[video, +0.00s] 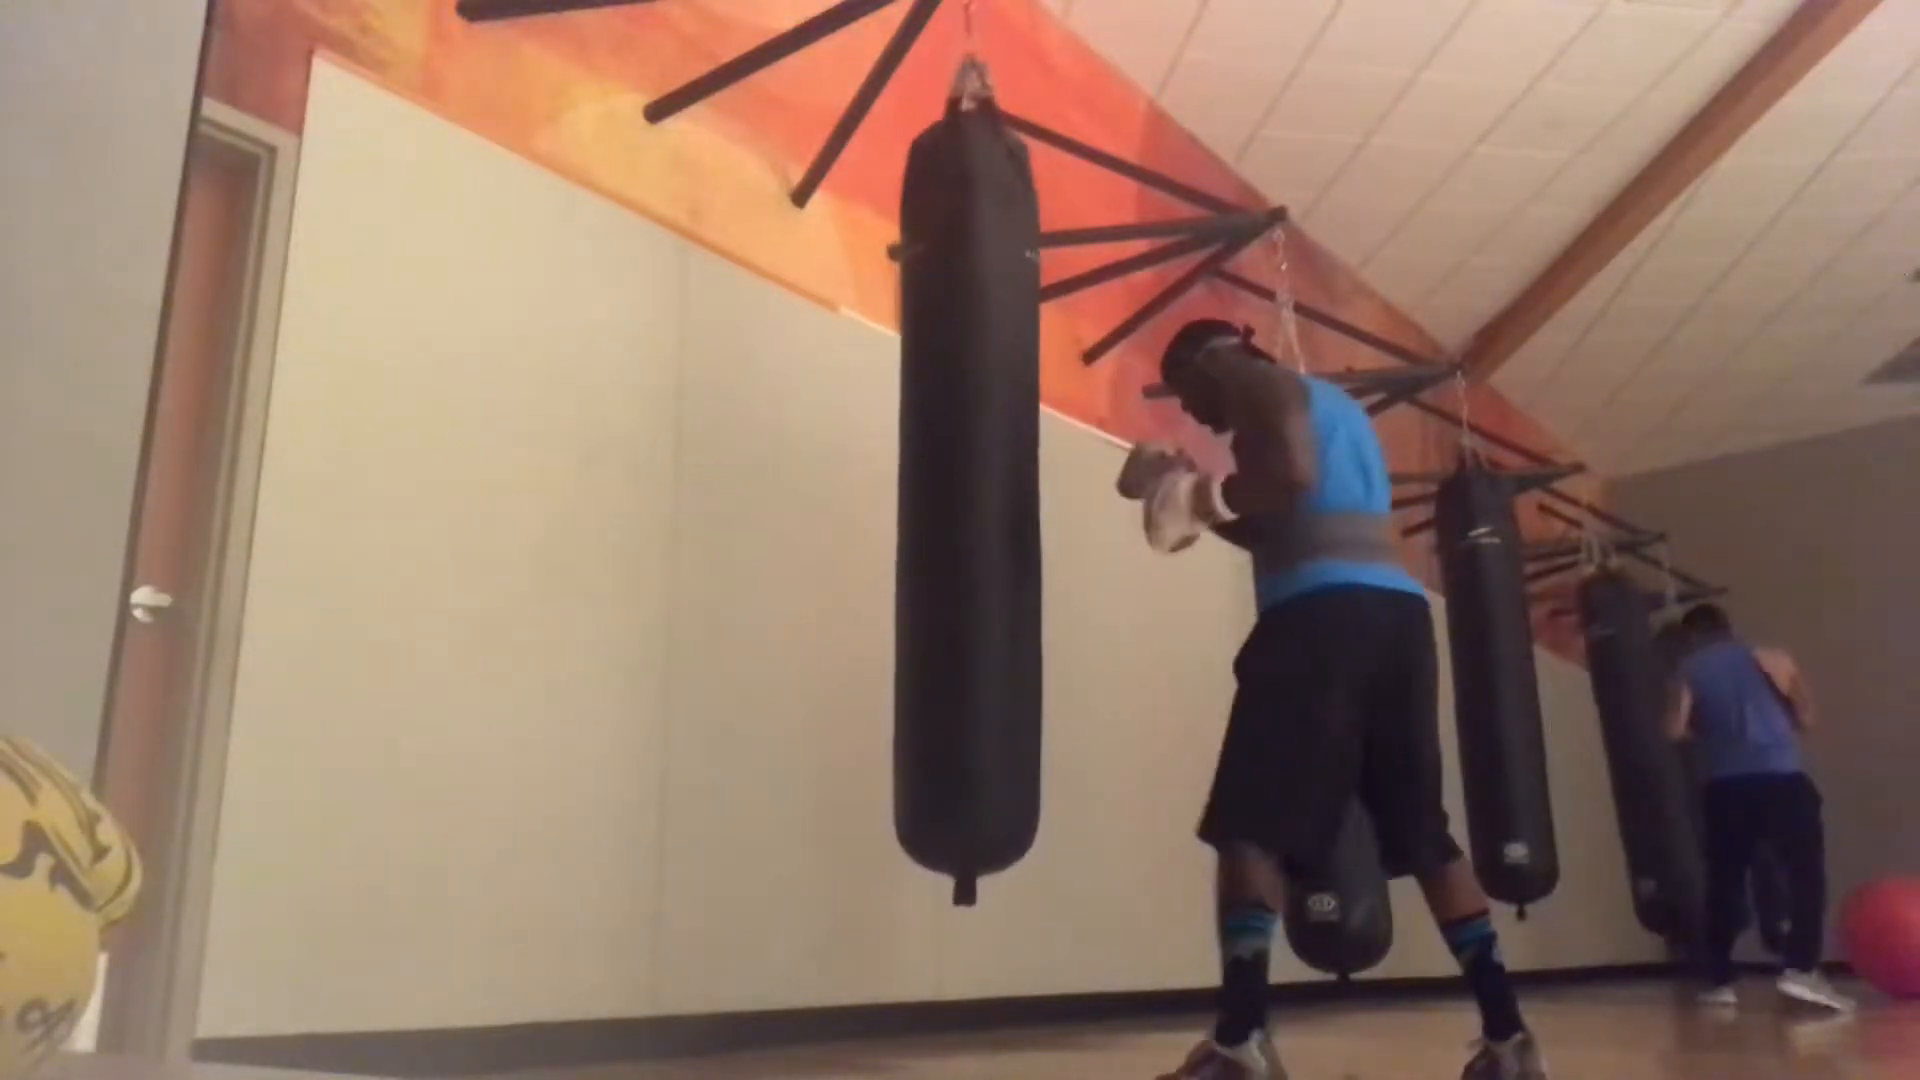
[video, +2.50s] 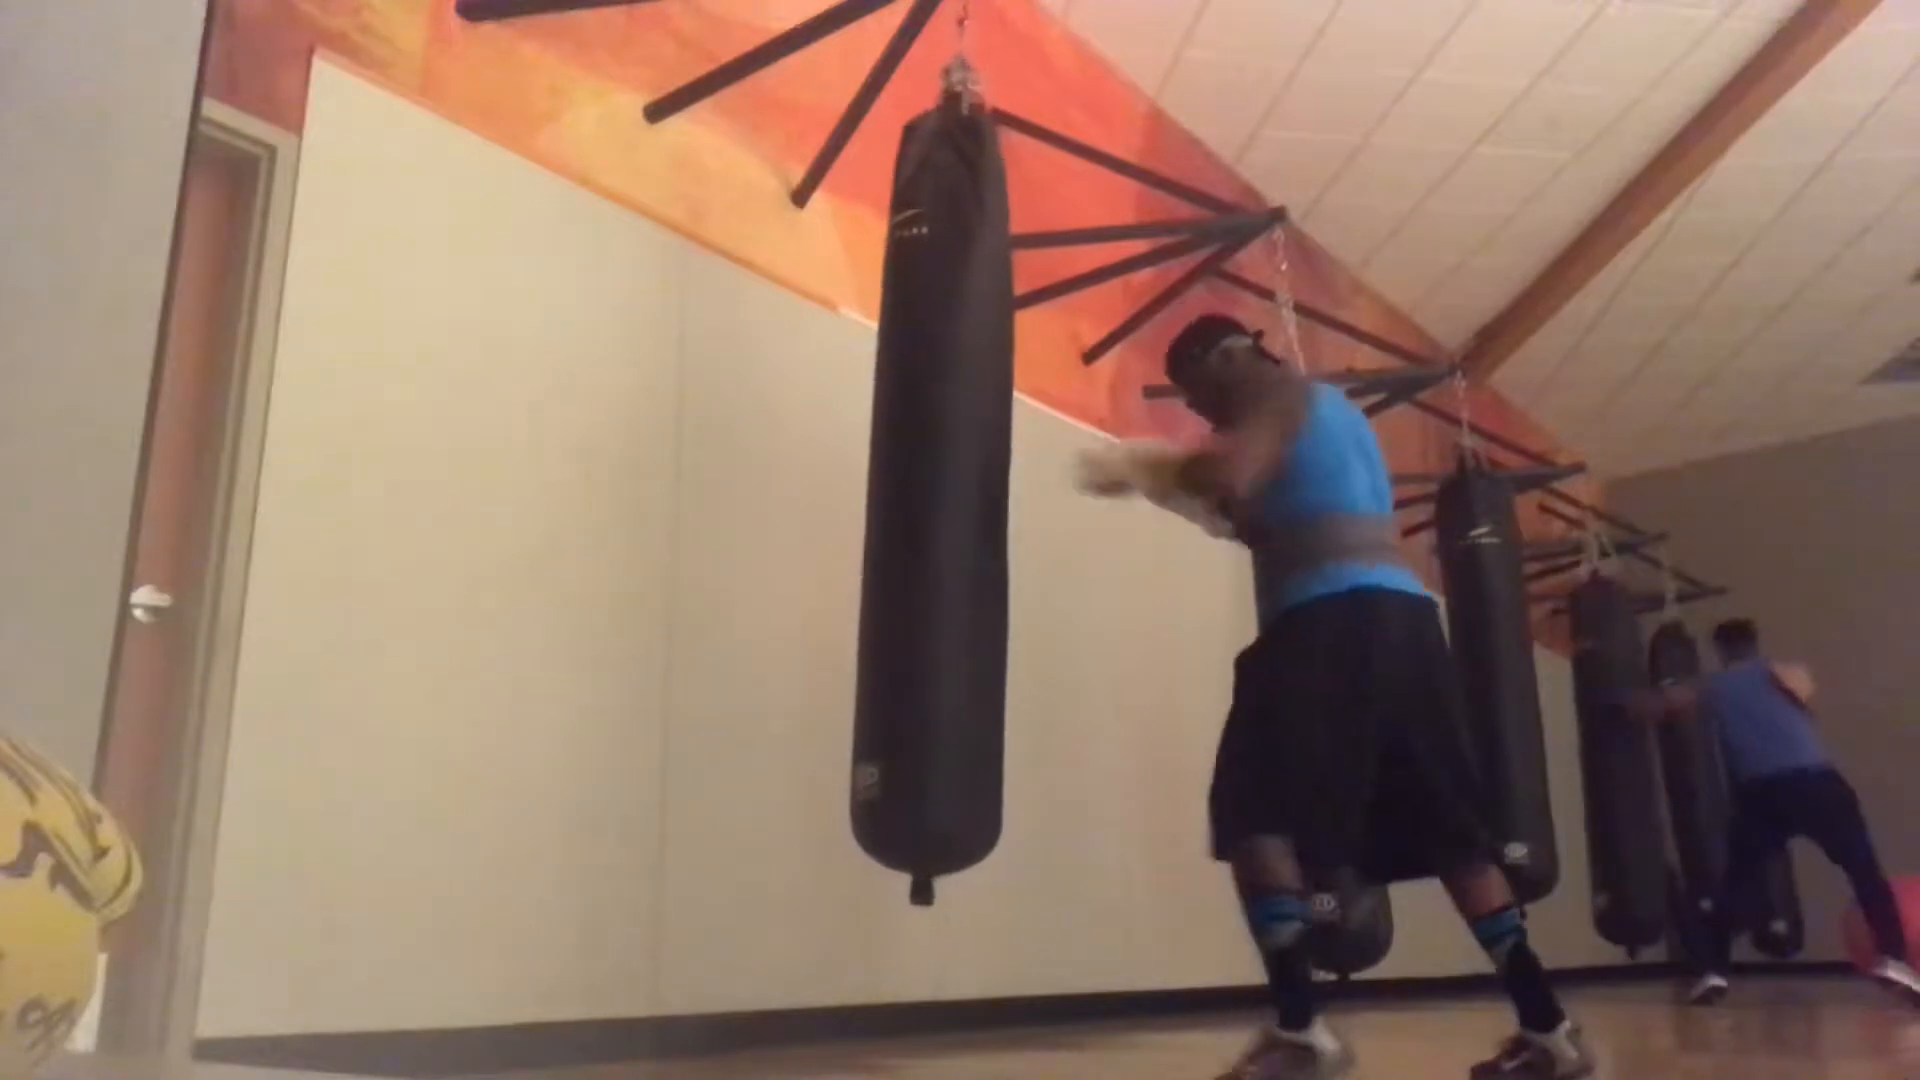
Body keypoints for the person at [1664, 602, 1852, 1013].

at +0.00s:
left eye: (1689, 639)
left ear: (1690, 638)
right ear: (1728, 627)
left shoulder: (1690, 672)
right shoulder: (1772, 659)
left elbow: (1675, 730)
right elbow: (1806, 717)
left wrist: (1705, 726)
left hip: (1728, 791)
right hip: (1786, 786)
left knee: (1724, 884)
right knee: (1807, 877)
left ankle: (1719, 981)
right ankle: (1801, 971)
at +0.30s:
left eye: (1674, 654)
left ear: (1676, 653)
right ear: (1712, 641)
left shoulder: (1684, 683)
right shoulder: (1756, 660)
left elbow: (1678, 744)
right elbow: (1797, 716)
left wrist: (1714, 733)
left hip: (1736, 792)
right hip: (1796, 783)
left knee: (1726, 885)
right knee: (1840, 868)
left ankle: (1721, 982)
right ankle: (1859, 955)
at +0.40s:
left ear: (1702, 649)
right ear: (1738, 640)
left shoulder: (1699, 676)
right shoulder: (1775, 663)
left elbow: (1686, 739)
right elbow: (1813, 718)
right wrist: (1801, 738)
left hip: (1743, 795)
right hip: (1804, 786)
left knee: (1729, 887)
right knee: (1859, 877)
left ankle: (1720, 983)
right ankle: (1904, 968)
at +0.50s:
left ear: (1728, 648)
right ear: (1766, 643)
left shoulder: (1720, 681)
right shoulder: (1793, 668)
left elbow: (1699, 738)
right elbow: (1824, 703)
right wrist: (1826, 742)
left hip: (1761, 797)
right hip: (1820, 790)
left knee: (1736, 884)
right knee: (1872, 877)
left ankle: (1720, 979)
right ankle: (1916, 963)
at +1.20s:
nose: (1698, 671)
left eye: (1697, 665)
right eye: (1698, 664)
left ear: (1704, 663)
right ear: (1731, 654)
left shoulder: (1718, 692)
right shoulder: (1780, 679)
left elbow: (1706, 751)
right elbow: (1808, 715)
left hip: (1761, 804)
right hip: (1816, 797)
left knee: (1732, 888)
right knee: (1855, 881)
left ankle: (1719, 979)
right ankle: (1903, 955)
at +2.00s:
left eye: (1721, 650)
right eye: (1734, 645)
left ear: (1715, 652)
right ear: (1749, 643)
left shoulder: (1714, 690)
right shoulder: (1776, 668)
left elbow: (1671, 723)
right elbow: (1807, 695)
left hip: (1762, 794)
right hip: (1815, 785)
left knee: (1735, 878)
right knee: (1863, 873)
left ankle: (1712, 968)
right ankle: (1906, 960)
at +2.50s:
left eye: (1727, 649)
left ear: (1720, 651)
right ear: (1755, 645)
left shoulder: (1712, 686)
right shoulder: (1781, 672)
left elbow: (1667, 701)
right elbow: (1806, 695)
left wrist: (1634, 702)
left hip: (1763, 792)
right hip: (1817, 783)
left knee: (1738, 878)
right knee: (1863, 867)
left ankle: (1715, 970)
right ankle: (1894, 955)